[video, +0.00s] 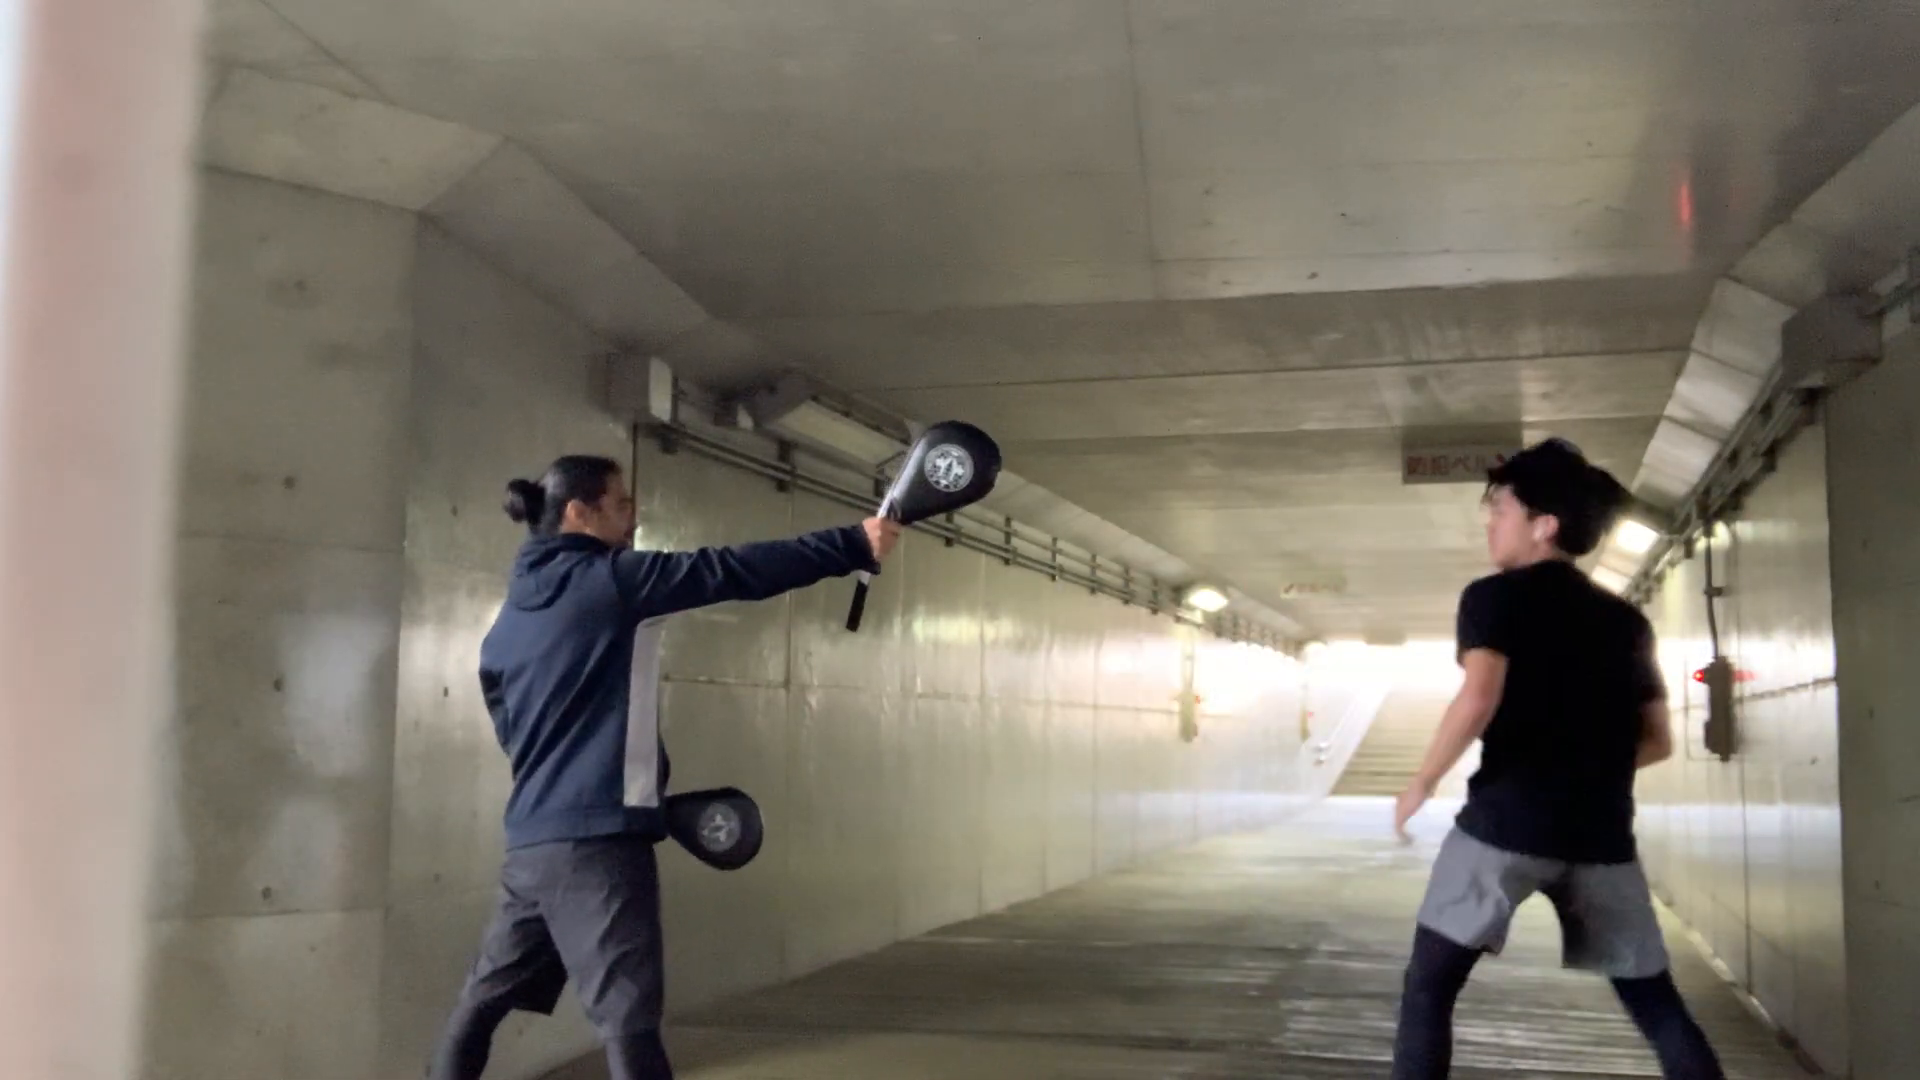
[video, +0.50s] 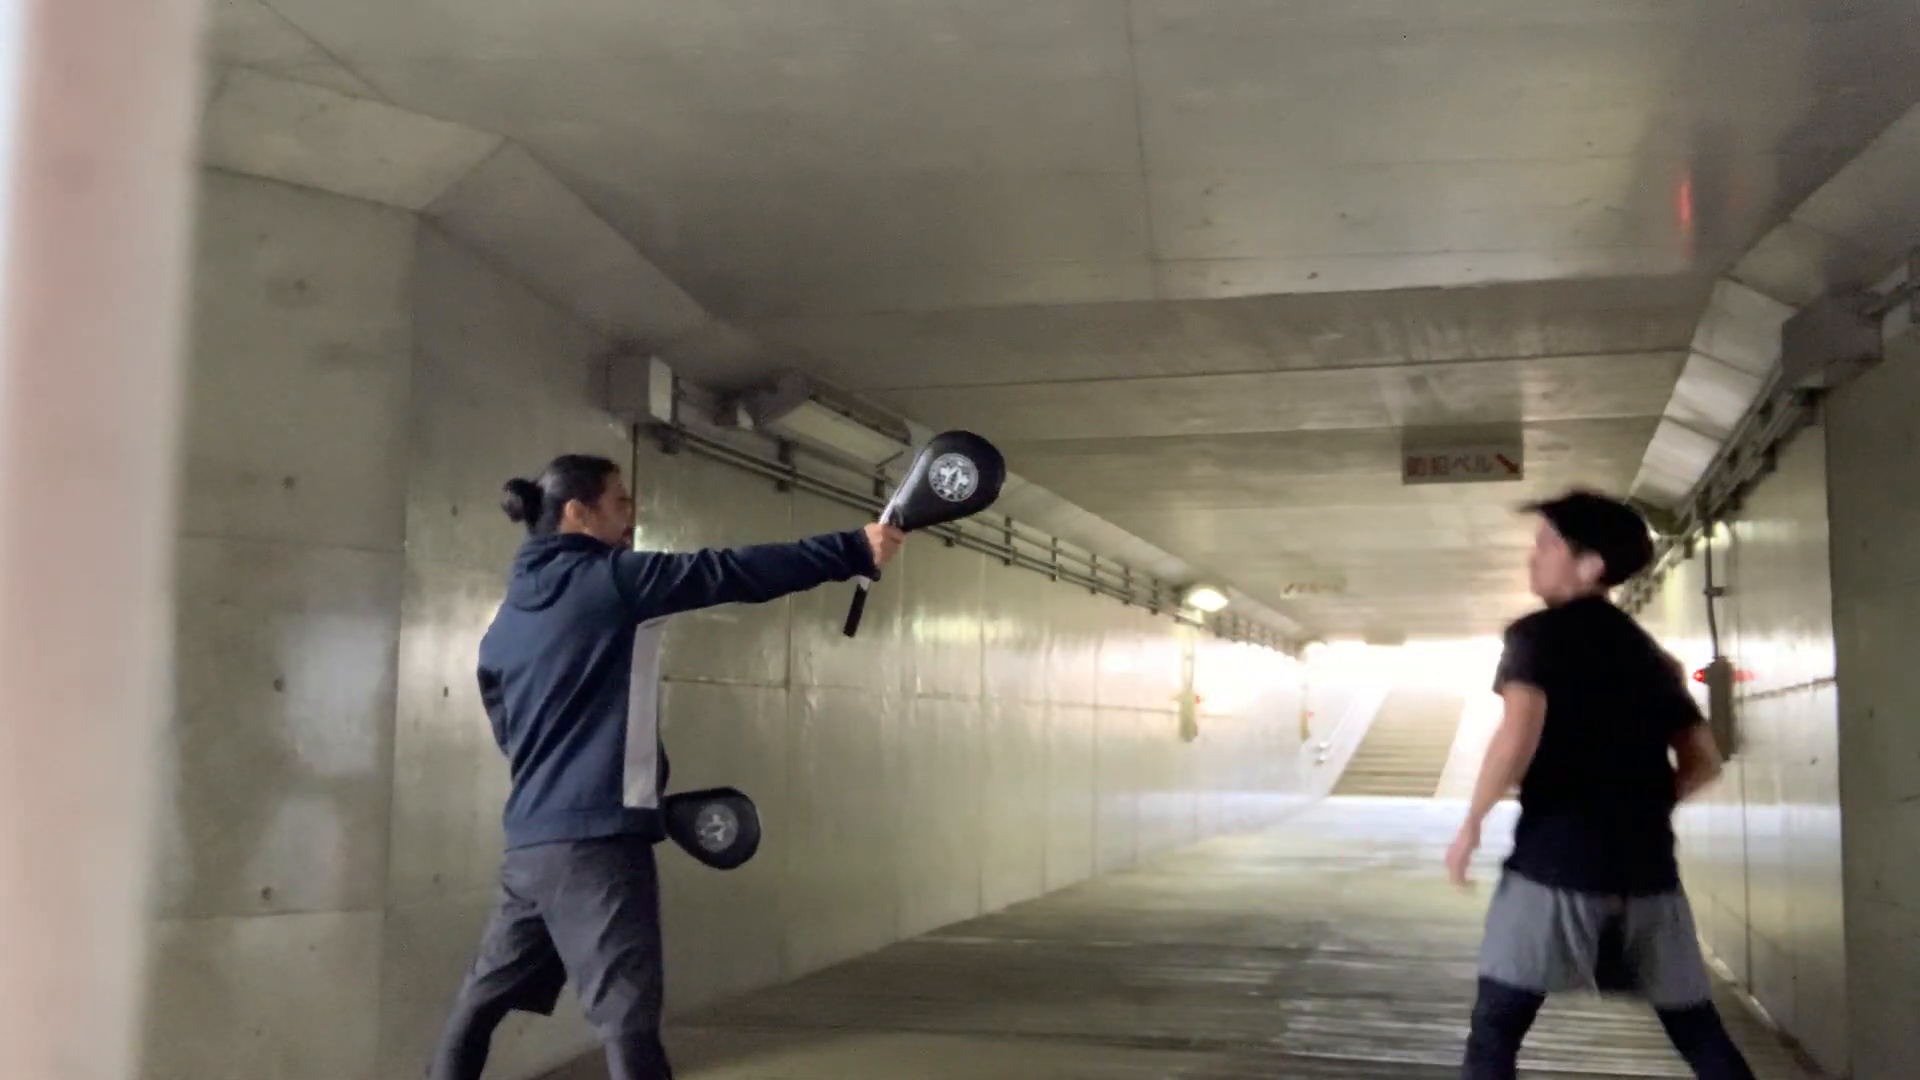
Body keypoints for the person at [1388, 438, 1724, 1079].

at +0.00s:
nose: (1488, 522)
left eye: (1500, 508)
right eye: (1491, 507)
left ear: (1545, 526)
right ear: (1555, 529)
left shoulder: (1495, 597)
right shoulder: (1625, 619)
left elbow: (1480, 695)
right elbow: (1656, 740)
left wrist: (1423, 781)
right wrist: (1585, 763)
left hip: (1507, 828)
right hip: (1601, 834)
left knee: (1428, 993)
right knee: (1658, 1007)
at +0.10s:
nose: (1484, 564)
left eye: (1496, 549)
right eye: (1488, 549)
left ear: (1537, 568)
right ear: (1546, 571)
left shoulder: (1490, 647)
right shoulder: (1619, 673)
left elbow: (1431, 754)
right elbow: (1631, 790)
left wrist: (1375, 830)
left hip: (1505, 866)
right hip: (1598, 874)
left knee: (1427, 1034)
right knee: (1641, 1045)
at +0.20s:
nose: (1479, 564)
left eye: (1490, 551)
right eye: (1483, 550)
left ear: (1533, 563)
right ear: (1545, 568)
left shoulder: (1492, 641)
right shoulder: (1607, 660)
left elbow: (1449, 743)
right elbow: (1621, 765)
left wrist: (1382, 822)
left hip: (1511, 875)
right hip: (1603, 879)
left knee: (1433, 1031)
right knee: (1648, 1043)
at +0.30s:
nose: (1489, 520)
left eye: (1501, 506)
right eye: (1492, 506)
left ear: (1546, 520)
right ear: (1556, 524)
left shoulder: (1500, 592)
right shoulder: (1623, 611)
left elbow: (1494, 687)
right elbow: (1656, 730)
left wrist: (1440, 770)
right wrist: (1583, 753)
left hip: (1520, 832)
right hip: (1615, 834)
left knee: (1462, 1004)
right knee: (1670, 1007)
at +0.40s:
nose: (1507, 522)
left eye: (1520, 507)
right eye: (1508, 508)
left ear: (1567, 522)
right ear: (1572, 526)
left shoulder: (1517, 590)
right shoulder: (1636, 607)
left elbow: (1516, 686)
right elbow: (1687, 716)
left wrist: (1465, 769)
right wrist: (1626, 748)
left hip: (1534, 833)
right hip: (1628, 834)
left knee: (1486, 1002)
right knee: (1687, 1004)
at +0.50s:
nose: (1533, 555)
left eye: (1546, 544)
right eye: (1538, 541)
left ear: (1590, 565)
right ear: (1596, 569)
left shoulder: (1537, 634)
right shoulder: (1649, 654)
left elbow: (1520, 731)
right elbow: (1702, 760)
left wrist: (1472, 824)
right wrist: (1645, 802)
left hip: (1554, 872)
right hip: (1648, 873)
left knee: (1492, 1043)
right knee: (1704, 1040)